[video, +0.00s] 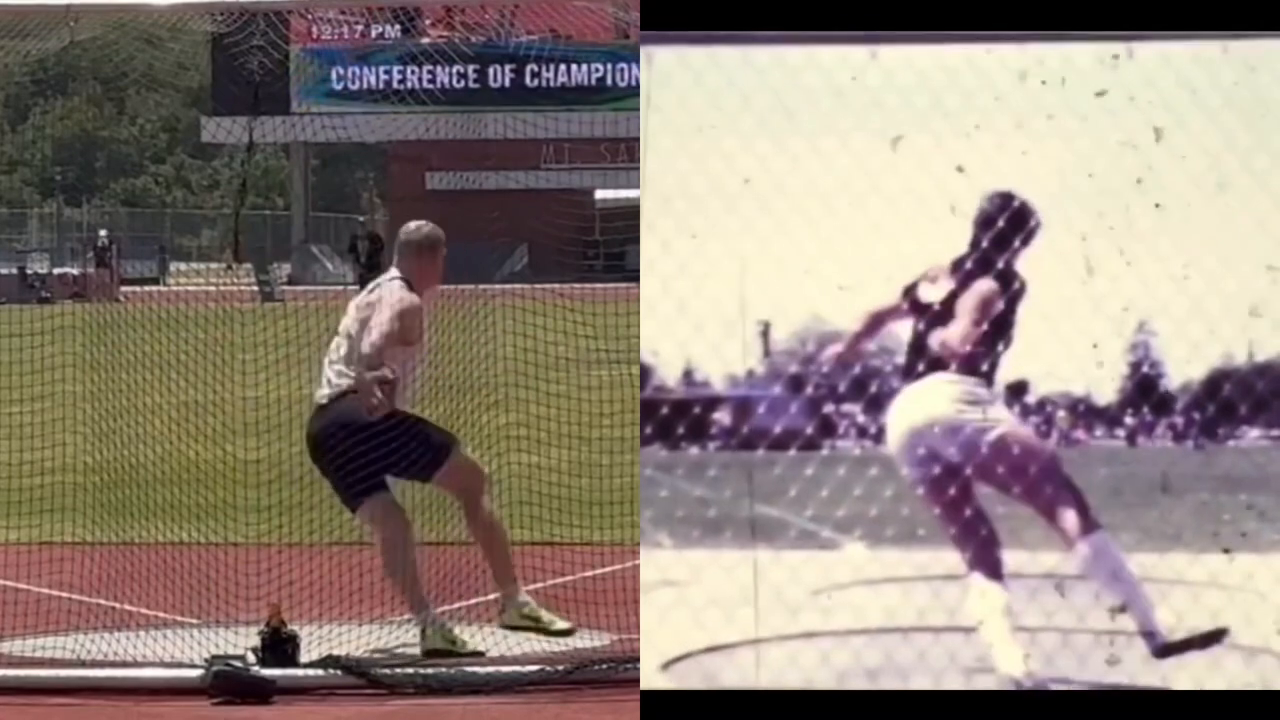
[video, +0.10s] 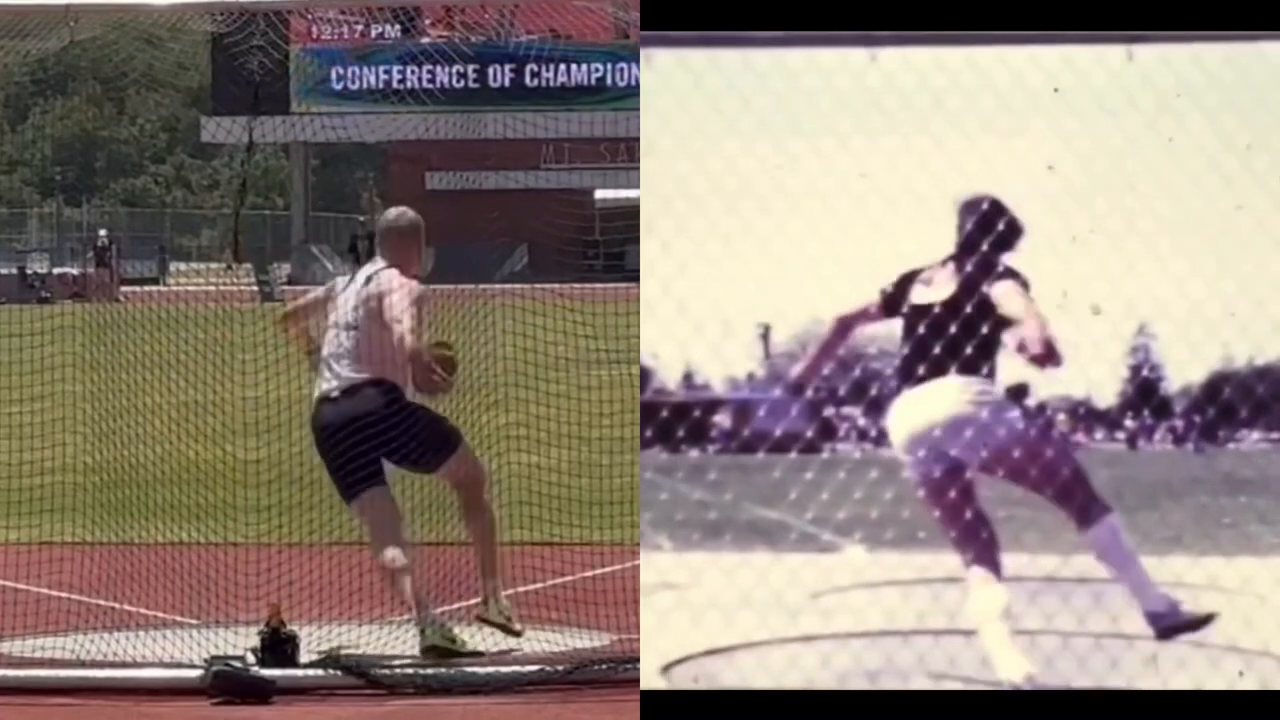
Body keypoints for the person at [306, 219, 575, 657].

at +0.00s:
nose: (442, 270)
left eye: (442, 261)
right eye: (441, 261)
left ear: (399, 257)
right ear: (430, 260)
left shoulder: (373, 292)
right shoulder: (401, 296)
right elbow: (374, 338)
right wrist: (369, 377)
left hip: (325, 428)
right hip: (367, 414)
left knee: (390, 524)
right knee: (471, 482)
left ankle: (430, 626)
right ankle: (514, 601)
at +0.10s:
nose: (424, 257)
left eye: (422, 249)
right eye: (424, 249)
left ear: (378, 246)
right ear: (416, 249)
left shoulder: (348, 284)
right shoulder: (401, 282)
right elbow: (405, 337)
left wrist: (316, 353)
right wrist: (422, 365)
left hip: (328, 415)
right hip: (377, 403)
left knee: (385, 532)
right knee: (471, 478)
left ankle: (427, 624)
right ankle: (493, 596)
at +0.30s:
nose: (400, 237)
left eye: (396, 230)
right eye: (399, 230)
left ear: (355, 232)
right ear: (394, 231)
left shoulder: (323, 273)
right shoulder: (393, 271)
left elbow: (252, 304)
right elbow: (424, 306)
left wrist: (260, 326)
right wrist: (464, 333)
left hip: (336, 404)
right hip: (389, 394)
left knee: (384, 516)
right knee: (447, 474)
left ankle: (429, 610)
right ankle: (454, 602)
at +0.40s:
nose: (382, 221)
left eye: (378, 214)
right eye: (381, 215)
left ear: (331, 222)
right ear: (375, 219)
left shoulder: (303, 266)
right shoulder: (392, 260)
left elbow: (222, 302)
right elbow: (449, 287)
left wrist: (230, 305)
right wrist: (508, 303)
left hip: (347, 398)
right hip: (400, 385)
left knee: (401, 516)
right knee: (417, 492)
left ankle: (447, 589)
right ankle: (414, 593)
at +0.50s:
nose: (339, 216)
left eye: (319, 209)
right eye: (350, 206)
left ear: (310, 216)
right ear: (356, 211)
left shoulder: (288, 264)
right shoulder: (384, 252)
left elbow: (221, 299)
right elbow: (460, 265)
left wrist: (199, 296)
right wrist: (528, 273)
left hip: (361, 398)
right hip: (407, 385)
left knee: (413, 513)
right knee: (375, 486)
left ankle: (465, 549)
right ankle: (385, 596)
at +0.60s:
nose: (293, 221)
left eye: (294, 213)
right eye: (296, 212)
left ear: (301, 216)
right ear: (341, 211)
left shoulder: (286, 266)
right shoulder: (378, 245)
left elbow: (223, 301)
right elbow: (465, 247)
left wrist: (189, 289)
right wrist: (534, 245)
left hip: (375, 400)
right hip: (401, 388)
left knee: (414, 515)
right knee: (337, 474)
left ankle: (484, 499)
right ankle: (364, 599)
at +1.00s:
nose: (292, 246)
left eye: (297, 237)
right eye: (291, 238)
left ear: (322, 235)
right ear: (324, 234)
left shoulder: (339, 280)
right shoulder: (356, 239)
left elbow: (298, 318)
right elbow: (398, 212)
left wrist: (243, 295)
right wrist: (425, 192)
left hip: (388, 398)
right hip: (336, 397)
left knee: (404, 514)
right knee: (317, 495)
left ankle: (449, 447)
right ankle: (350, 604)